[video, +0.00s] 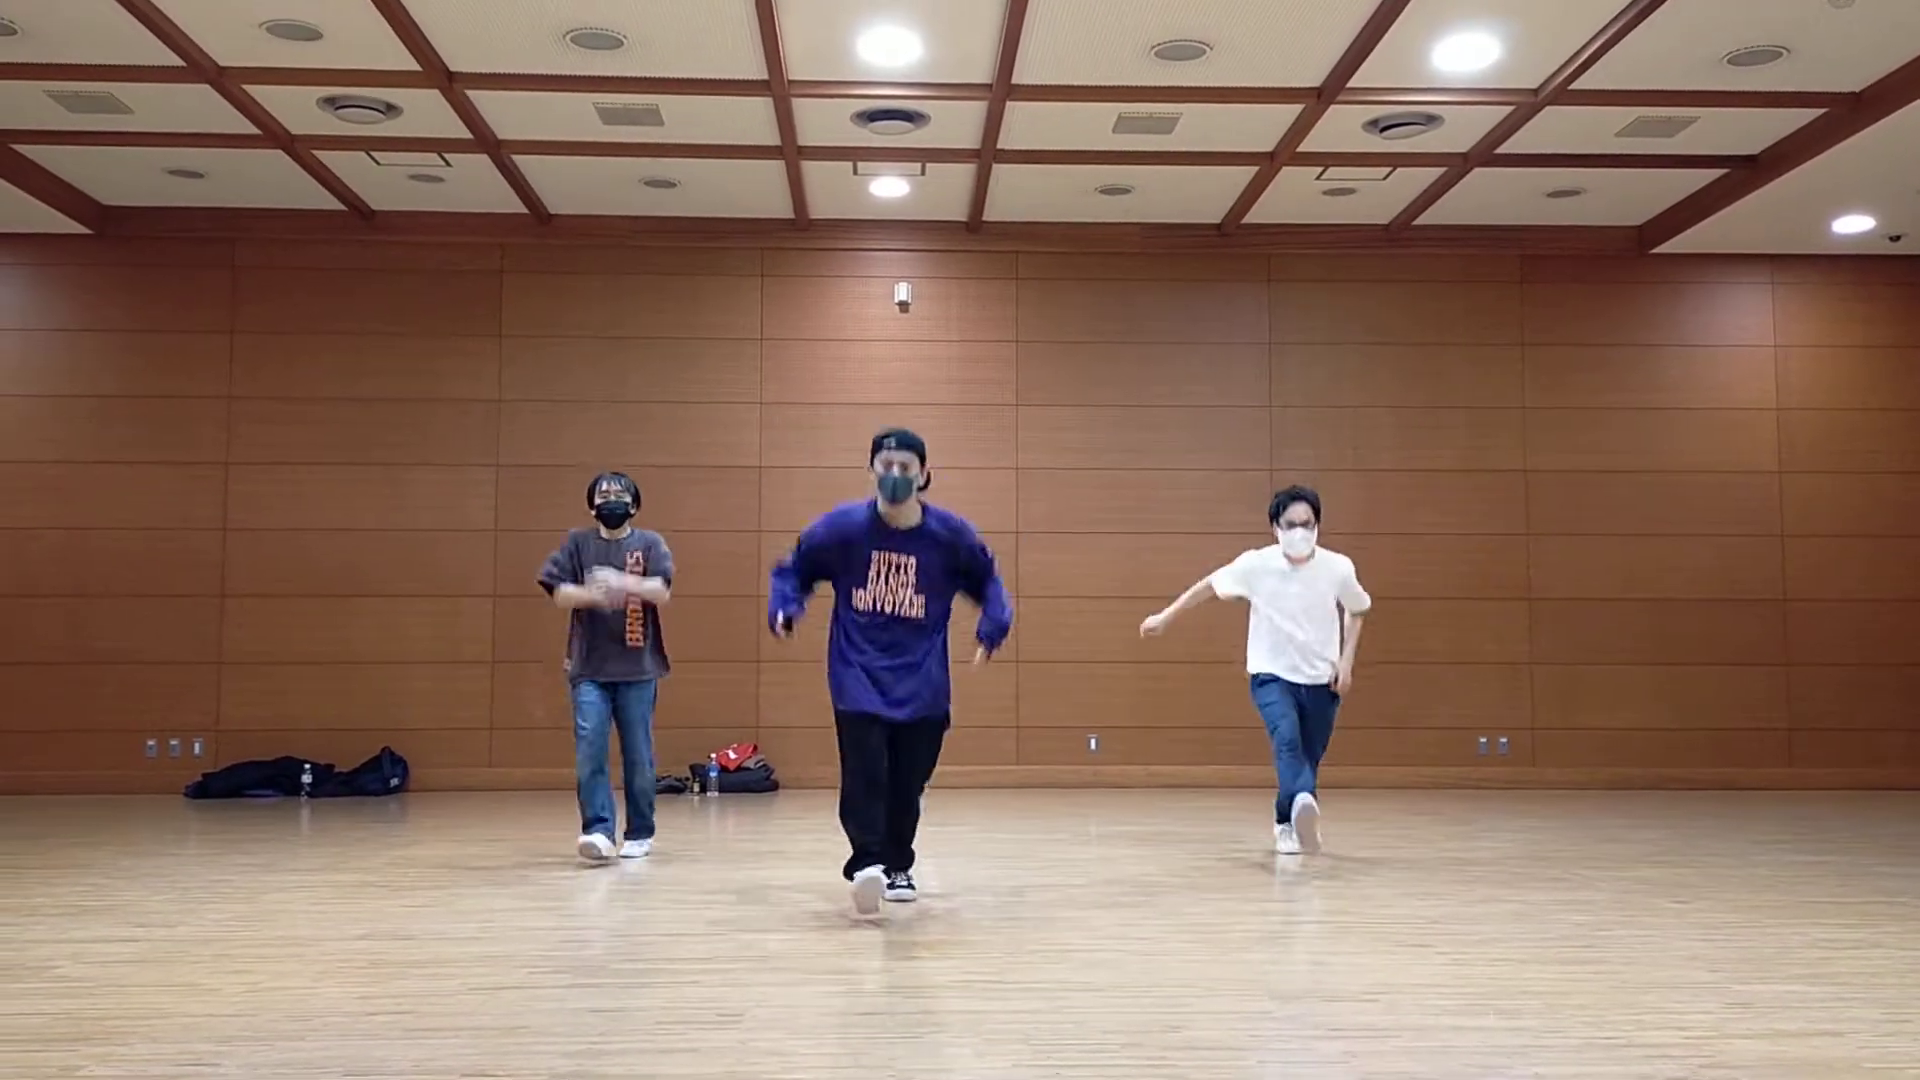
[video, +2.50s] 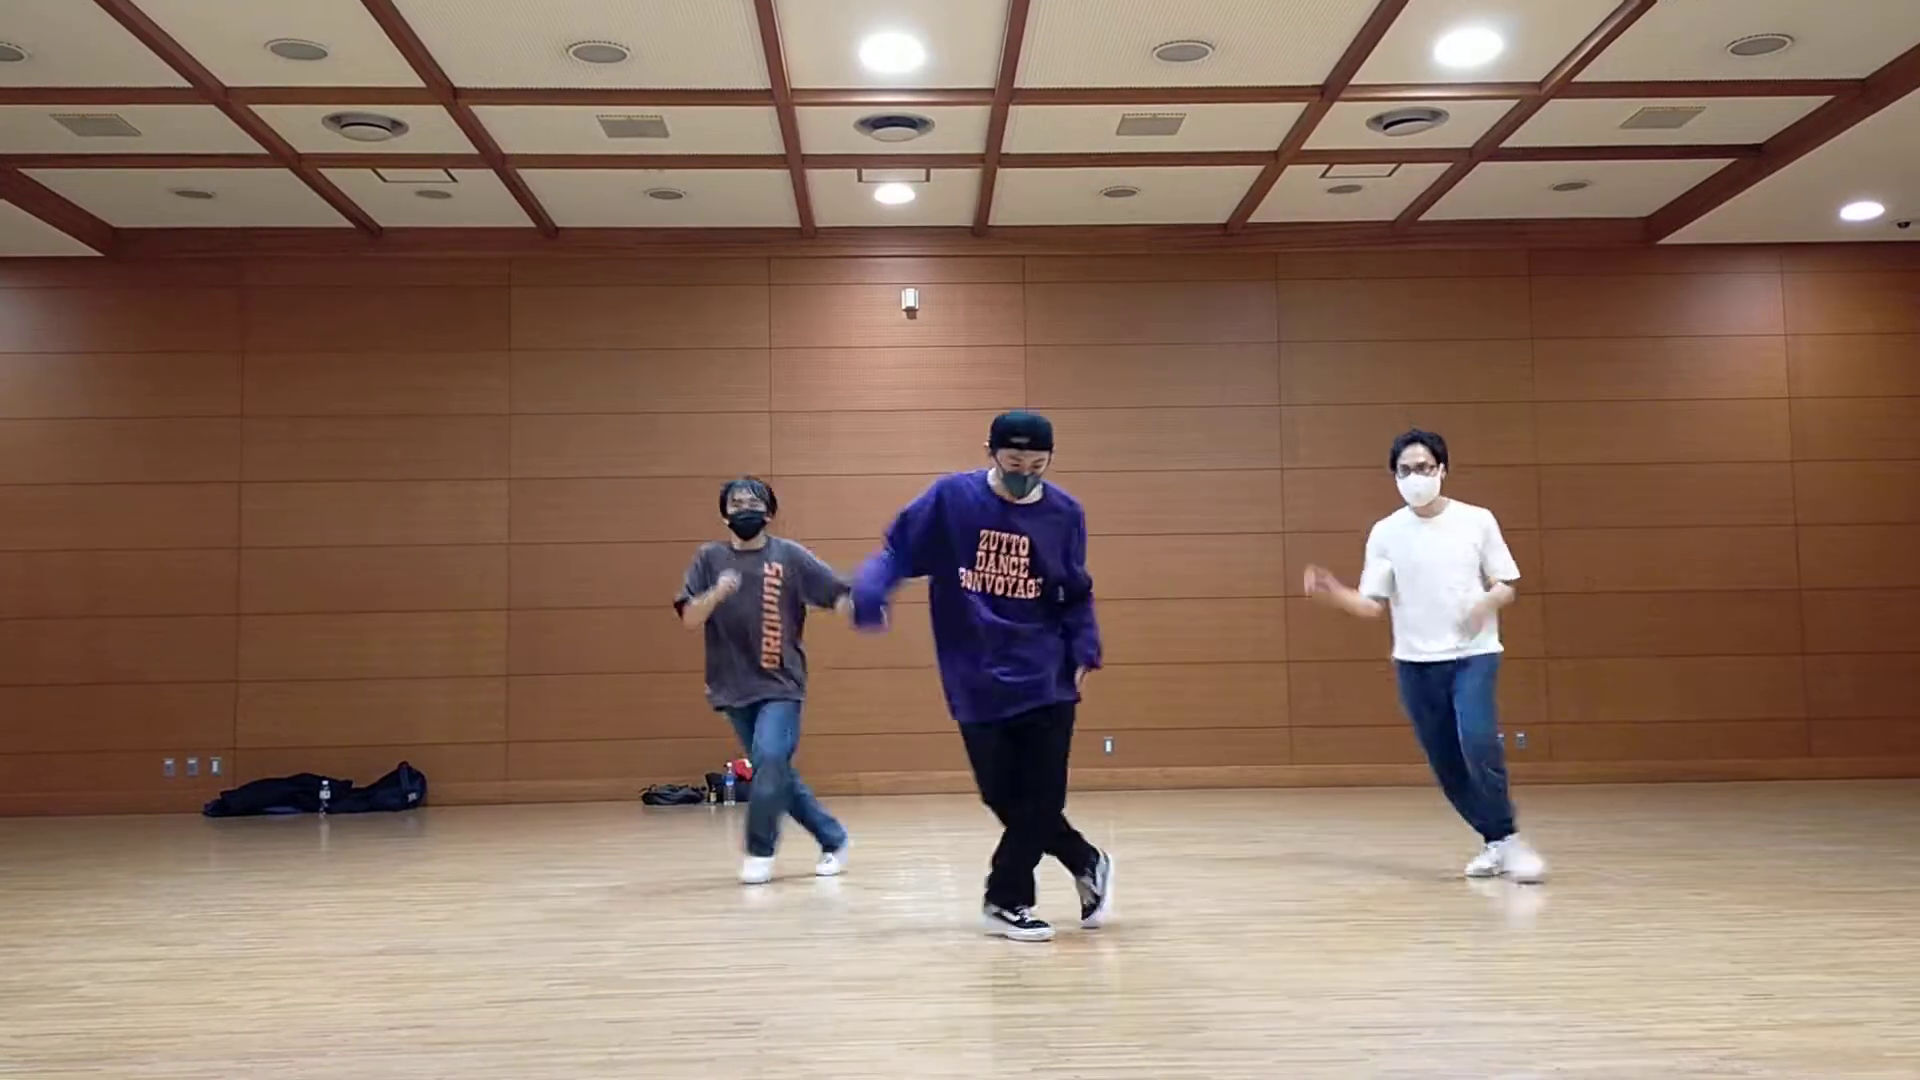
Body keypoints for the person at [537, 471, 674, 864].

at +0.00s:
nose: (611, 501)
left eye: (619, 495)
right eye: (604, 495)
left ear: (632, 503)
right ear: (593, 504)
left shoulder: (650, 543)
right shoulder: (577, 542)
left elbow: (661, 590)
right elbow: (556, 591)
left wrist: (623, 583)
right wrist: (594, 596)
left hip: (637, 669)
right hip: (589, 669)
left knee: (638, 754)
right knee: (590, 748)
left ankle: (639, 835)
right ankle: (598, 832)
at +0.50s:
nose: (610, 486)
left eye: (618, 479)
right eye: (602, 479)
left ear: (631, 490)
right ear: (589, 489)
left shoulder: (649, 531)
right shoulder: (567, 529)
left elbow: (679, 583)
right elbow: (536, 579)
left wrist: (666, 563)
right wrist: (551, 572)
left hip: (631, 666)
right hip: (578, 663)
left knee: (628, 755)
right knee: (584, 756)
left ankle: (626, 850)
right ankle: (591, 850)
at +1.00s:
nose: (594, 503)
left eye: (603, 496)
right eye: (586, 496)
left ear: (619, 505)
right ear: (572, 508)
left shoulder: (642, 551)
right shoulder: (552, 555)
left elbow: (683, 593)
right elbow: (531, 603)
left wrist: (720, 607)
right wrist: (527, 639)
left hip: (632, 689)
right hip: (572, 690)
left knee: (663, 770)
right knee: (538, 774)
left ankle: (698, 858)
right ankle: (502, 861)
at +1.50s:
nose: (586, 484)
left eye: (595, 478)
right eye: (577, 477)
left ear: (608, 489)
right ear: (563, 488)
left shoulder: (623, 534)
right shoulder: (541, 532)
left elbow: (652, 584)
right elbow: (506, 578)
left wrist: (627, 593)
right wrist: (533, 599)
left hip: (606, 673)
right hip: (553, 671)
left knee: (597, 770)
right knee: (546, 769)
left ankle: (577, 856)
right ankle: (527, 864)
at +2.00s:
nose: (656, 525)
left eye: (663, 518)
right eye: (646, 519)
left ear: (674, 526)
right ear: (628, 530)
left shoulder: (669, 570)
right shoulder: (609, 580)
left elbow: (667, 615)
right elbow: (601, 643)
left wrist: (679, 636)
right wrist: (662, 641)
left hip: (653, 695)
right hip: (608, 699)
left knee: (702, 765)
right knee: (587, 788)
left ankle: (724, 861)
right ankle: (522, 866)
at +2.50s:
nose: (745, 509)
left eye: (753, 502)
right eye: (736, 503)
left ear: (768, 511)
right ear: (725, 514)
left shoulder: (790, 556)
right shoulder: (711, 558)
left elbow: (837, 596)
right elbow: (689, 618)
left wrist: (864, 596)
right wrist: (716, 593)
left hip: (780, 684)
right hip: (732, 688)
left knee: (770, 762)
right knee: (772, 774)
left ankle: (759, 851)